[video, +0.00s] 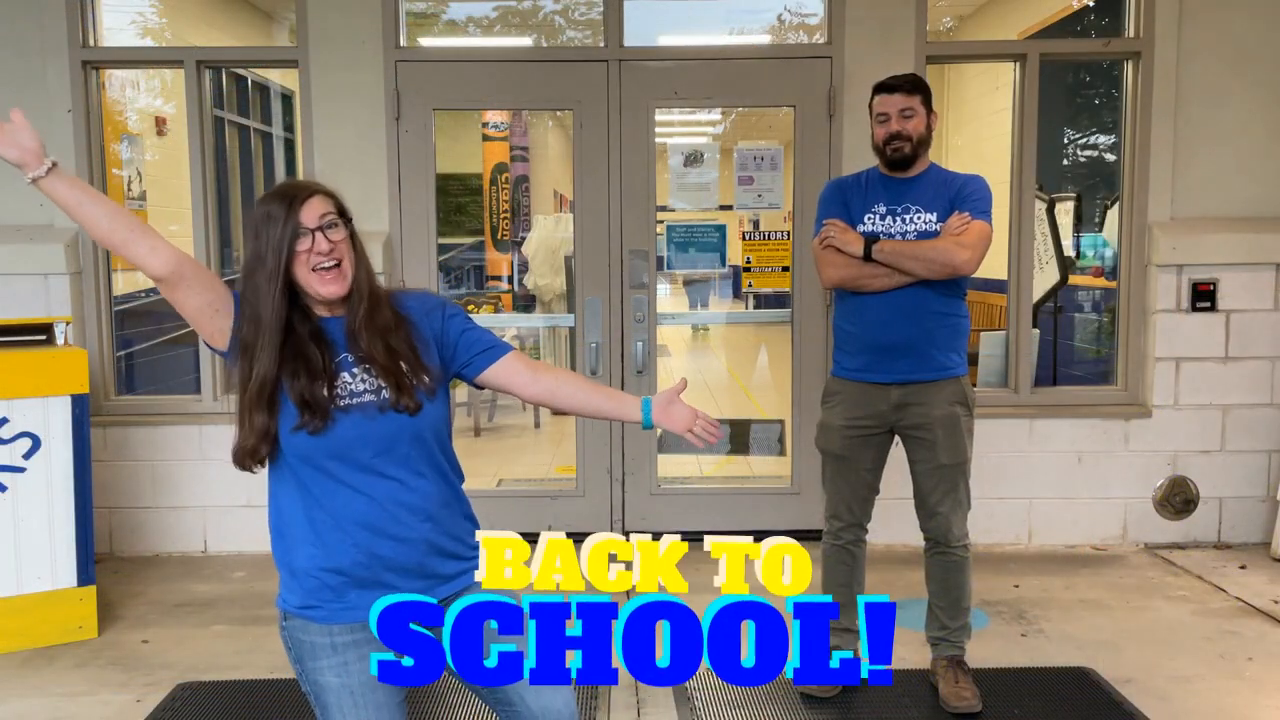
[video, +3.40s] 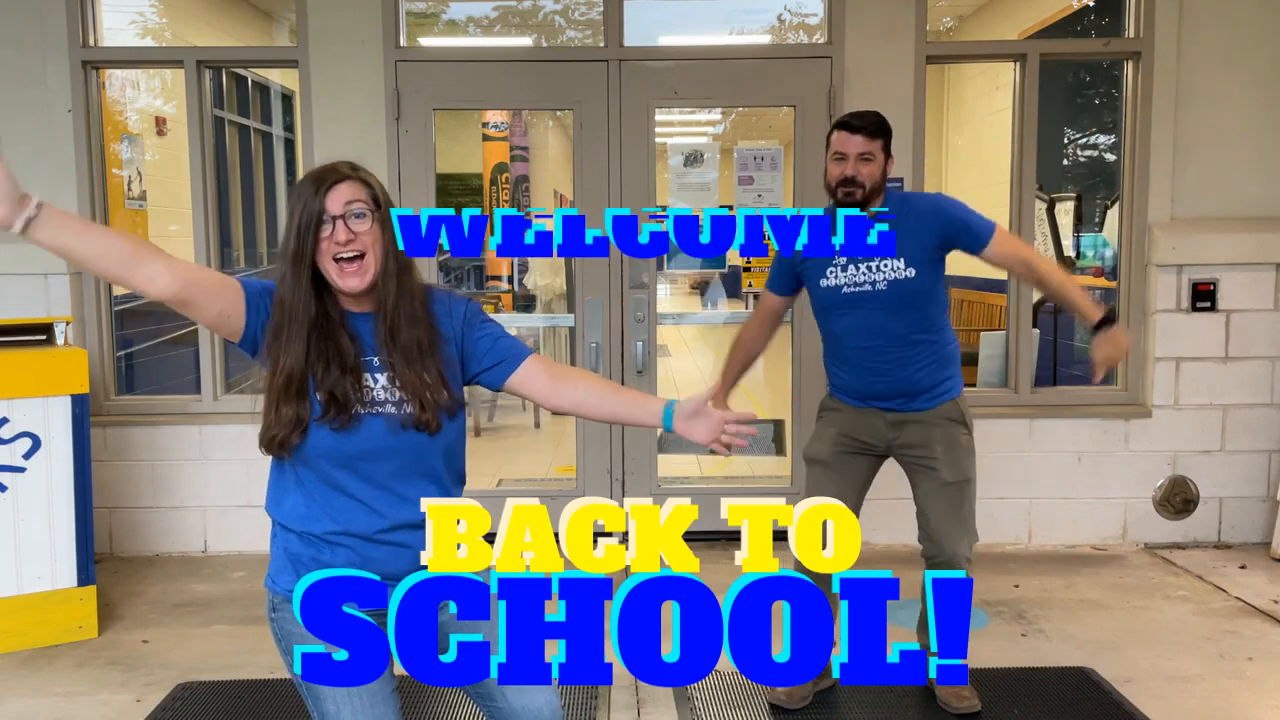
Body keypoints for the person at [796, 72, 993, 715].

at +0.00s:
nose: (893, 127)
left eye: (906, 116)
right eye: (882, 118)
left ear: (929, 122)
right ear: (870, 128)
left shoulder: (965, 189)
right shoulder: (842, 193)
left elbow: (961, 262)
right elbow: (832, 273)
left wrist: (864, 242)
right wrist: (932, 258)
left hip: (937, 385)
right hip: (855, 385)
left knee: (947, 531)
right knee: (843, 526)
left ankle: (950, 658)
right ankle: (837, 654)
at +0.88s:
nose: (908, 133)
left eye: (921, 122)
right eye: (897, 123)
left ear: (944, 130)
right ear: (884, 133)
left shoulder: (984, 195)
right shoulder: (857, 198)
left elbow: (1009, 286)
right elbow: (835, 288)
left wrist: (931, 296)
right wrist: (942, 270)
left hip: (956, 393)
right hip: (870, 392)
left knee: (965, 537)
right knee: (837, 529)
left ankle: (953, 665)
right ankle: (826, 652)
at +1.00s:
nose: (897, 134)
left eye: (911, 122)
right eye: (886, 123)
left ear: (935, 130)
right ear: (872, 133)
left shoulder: (978, 188)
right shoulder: (848, 202)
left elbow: (1055, 251)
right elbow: (794, 278)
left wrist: (1026, 258)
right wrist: (822, 285)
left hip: (955, 395)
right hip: (869, 394)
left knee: (971, 534)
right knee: (825, 526)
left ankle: (954, 662)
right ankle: (817, 649)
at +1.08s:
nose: (881, 137)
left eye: (895, 126)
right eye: (870, 126)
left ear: (918, 134)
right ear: (857, 135)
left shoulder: (962, 176)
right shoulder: (837, 202)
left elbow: (1049, 200)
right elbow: (784, 238)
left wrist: (1059, 182)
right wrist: (751, 260)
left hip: (953, 397)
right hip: (865, 397)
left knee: (974, 537)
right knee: (820, 524)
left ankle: (955, 664)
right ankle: (809, 651)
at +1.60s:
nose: (809, 205)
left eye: (825, 195)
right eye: (800, 192)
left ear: (848, 201)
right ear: (787, 197)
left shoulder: (888, 224)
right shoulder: (780, 262)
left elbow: (987, 189)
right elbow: (728, 292)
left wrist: (1074, 136)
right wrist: (657, 299)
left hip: (920, 429)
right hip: (839, 434)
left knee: (967, 567)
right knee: (794, 546)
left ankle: (955, 666)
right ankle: (805, 660)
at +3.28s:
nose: (839, 161)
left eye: (853, 151)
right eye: (829, 149)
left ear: (879, 153)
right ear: (818, 151)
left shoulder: (922, 189)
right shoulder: (799, 221)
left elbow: (1028, 179)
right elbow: (722, 277)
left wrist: (1131, 165)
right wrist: (656, 333)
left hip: (927, 404)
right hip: (840, 403)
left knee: (946, 545)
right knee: (807, 537)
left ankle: (948, 668)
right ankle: (809, 663)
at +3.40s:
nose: (849, 170)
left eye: (863, 158)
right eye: (838, 158)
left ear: (887, 165)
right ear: (824, 164)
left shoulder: (931, 215)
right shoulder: (805, 236)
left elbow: (1025, 261)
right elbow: (763, 319)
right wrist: (721, 389)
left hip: (934, 413)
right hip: (849, 412)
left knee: (951, 552)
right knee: (813, 537)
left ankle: (947, 663)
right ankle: (807, 656)